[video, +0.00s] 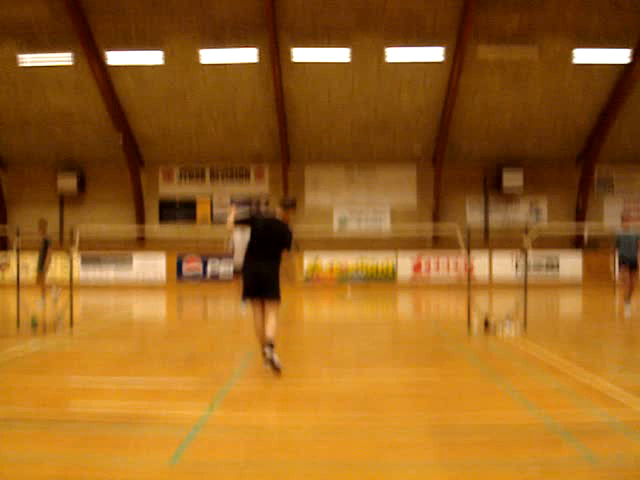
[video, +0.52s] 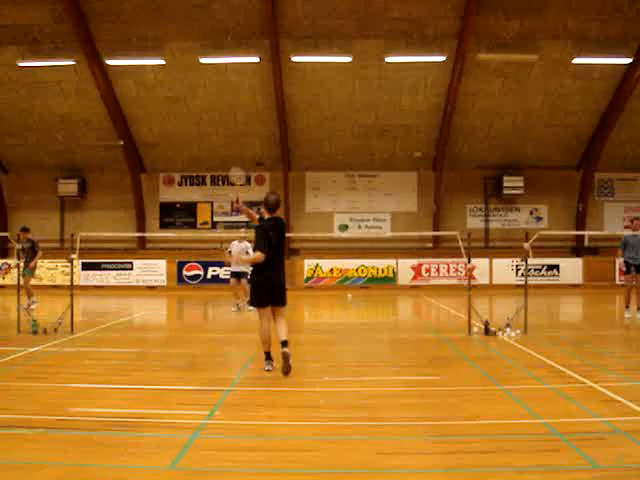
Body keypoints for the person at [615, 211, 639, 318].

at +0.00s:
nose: (626, 225)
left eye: (628, 222)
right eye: (624, 222)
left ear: (630, 223)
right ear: (622, 223)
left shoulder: (635, 236)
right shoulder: (619, 236)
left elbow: (638, 249)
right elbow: (614, 251)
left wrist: (638, 261)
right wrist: (613, 268)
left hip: (633, 260)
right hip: (623, 260)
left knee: (632, 282)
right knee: (624, 281)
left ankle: (628, 301)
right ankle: (626, 302)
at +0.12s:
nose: (628, 229)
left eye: (630, 226)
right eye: (626, 226)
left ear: (632, 227)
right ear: (623, 227)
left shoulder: (636, 240)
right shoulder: (619, 240)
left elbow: (638, 254)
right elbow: (615, 258)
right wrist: (617, 275)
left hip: (635, 266)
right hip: (624, 266)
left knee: (636, 289)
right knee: (625, 289)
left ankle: (631, 304)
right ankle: (626, 310)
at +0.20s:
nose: (628, 224)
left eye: (629, 221)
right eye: (626, 221)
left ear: (632, 221)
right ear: (623, 222)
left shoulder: (636, 235)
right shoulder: (619, 235)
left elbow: (638, 251)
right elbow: (615, 254)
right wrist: (617, 271)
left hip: (635, 262)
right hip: (624, 263)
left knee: (636, 285)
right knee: (625, 286)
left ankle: (632, 301)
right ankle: (626, 306)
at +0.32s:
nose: (631, 225)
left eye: (632, 222)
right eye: (629, 222)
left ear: (633, 223)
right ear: (625, 224)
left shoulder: (637, 235)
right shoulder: (622, 236)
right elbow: (619, 252)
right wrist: (620, 266)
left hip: (636, 263)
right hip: (627, 263)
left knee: (637, 286)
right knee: (626, 286)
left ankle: (637, 306)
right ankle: (626, 307)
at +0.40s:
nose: (633, 228)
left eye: (635, 226)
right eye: (632, 226)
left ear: (637, 226)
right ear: (628, 227)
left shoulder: (637, 238)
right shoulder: (624, 239)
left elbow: (620, 253)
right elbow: (620, 253)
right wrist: (622, 263)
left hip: (637, 264)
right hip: (628, 264)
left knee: (637, 288)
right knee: (627, 288)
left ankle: (637, 310)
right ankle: (627, 310)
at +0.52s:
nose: (636, 226)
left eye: (637, 224)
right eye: (635, 224)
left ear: (638, 226)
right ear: (631, 225)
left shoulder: (637, 237)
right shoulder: (627, 238)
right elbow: (622, 250)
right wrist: (622, 260)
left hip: (637, 262)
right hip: (629, 261)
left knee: (637, 286)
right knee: (628, 286)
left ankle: (638, 308)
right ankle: (627, 308)